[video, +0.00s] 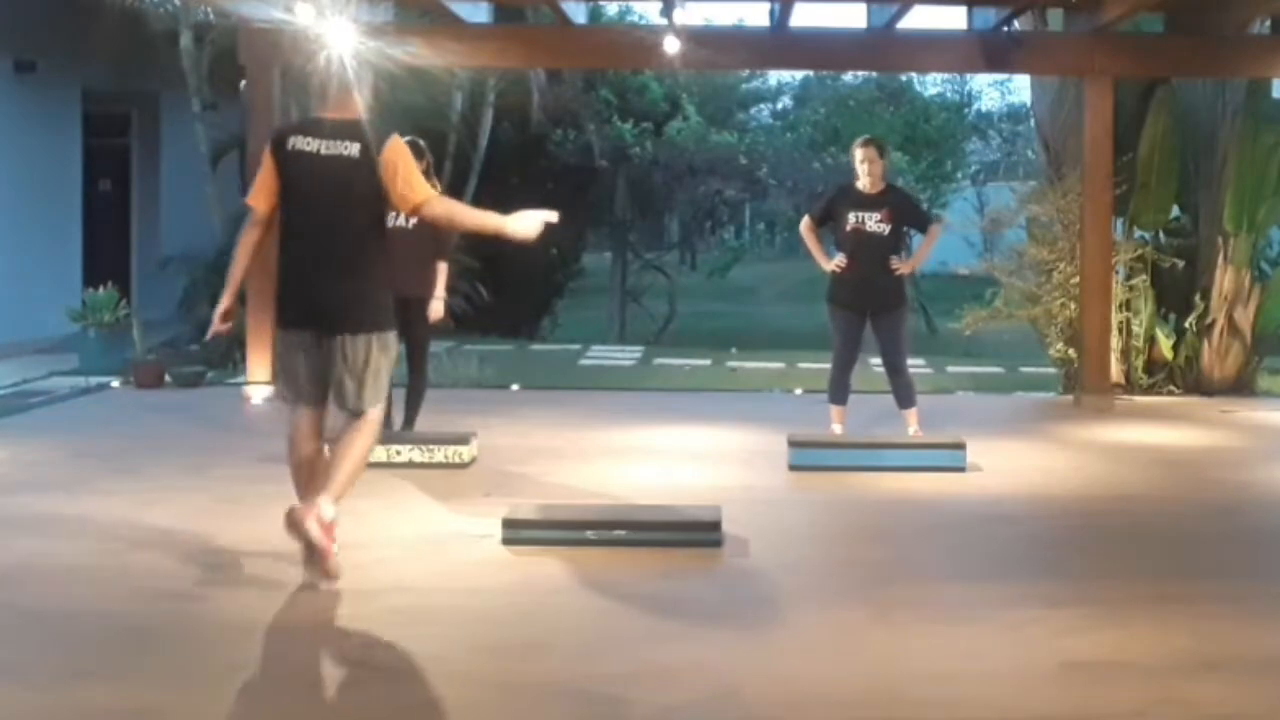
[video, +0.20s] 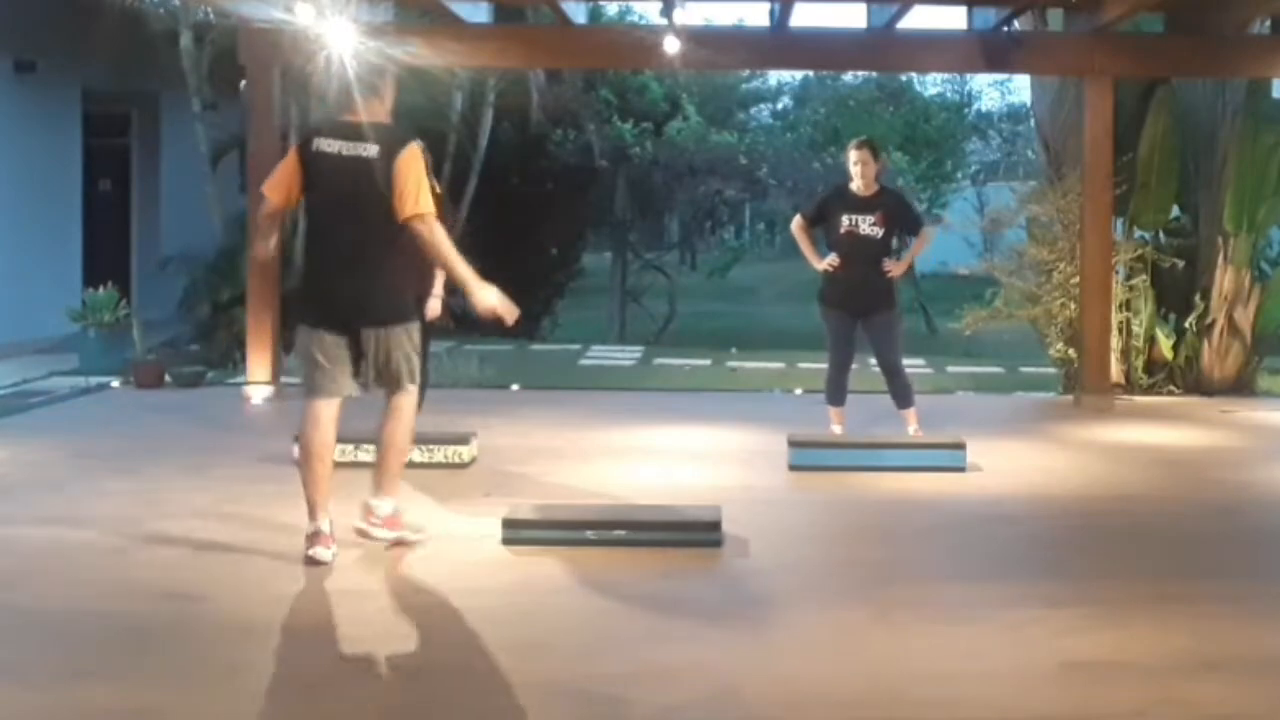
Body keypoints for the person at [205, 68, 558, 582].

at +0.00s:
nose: (367, 95)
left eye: (356, 85)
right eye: (366, 86)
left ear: (318, 90)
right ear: (362, 91)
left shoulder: (284, 142)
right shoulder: (383, 145)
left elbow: (255, 222)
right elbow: (430, 207)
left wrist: (229, 294)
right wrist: (506, 224)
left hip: (298, 305)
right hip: (363, 308)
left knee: (305, 420)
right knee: (369, 413)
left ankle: (319, 549)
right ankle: (321, 506)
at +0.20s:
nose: (393, 99)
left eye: (381, 89)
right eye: (392, 90)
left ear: (345, 92)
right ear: (387, 93)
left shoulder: (314, 143)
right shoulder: (402, 148)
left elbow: (270, 202)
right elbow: (421, 221)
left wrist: (265, 244)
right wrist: (474, 284)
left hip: (323, 298)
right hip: (388, 302)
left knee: (322, 402)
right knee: (402, 394)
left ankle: (318, 527)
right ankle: (382, 509)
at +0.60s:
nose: (460, 122)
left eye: (459, 115)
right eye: (458, 115)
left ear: (415, 113)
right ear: (446, 115)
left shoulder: (379, 162)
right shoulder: (456, 161)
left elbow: (353, 224)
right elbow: (487, 222)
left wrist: (349, 279)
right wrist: (553, 268)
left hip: (393, 301)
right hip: (446, 304)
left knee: (398, 388)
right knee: (450, 399)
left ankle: (356, 460)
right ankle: (420, 496)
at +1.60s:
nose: (571, 122)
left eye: (570, 114)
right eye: (563, 114)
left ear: (541, 120)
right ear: (538, 119)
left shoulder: (536, 159)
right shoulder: (532, 162)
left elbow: (536, 223)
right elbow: (528, 220)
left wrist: (580, 257)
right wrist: (578, 258)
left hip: (538, 291)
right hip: (547, 293)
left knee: (545, 378)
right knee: (561, 375)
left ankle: (497, 442)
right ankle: (552, 468)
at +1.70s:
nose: (578, 120)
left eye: (577, 112)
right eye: (569, 112)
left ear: (554, 118)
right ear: (544, 116)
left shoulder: (556, 160)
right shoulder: (538, 161)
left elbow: (566, 225)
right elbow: (536, 221)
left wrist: (596, 269)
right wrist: (588, 260)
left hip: (572, 285)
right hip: (549, 289)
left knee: (593, 360)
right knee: (561, 374)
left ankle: (537, 434)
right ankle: (552, 468)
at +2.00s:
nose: (601, 117)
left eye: (603, 109)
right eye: (591, 109)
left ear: (606, 113)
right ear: (569, 114)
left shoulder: (603, 159)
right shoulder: (550, 159)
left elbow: (613, 217)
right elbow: (531, 221)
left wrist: (666, 228)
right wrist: (547, 278)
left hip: (605, 291)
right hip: (567, 291)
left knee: (610, 375)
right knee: (569, 379)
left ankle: (623, 464)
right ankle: (551, 469)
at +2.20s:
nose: (610, 112)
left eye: (616, 104)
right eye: (601, 104)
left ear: (625, 110)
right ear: (585, 111)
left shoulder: (641, 161)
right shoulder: (563, 158)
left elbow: (659, 214)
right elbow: (537, 215)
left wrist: (693, 249)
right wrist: (521, 272)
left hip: (625, 291)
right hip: (578, 292)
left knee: (623, 374)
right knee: (589, 372)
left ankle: (627, 464)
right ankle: (564, 462)